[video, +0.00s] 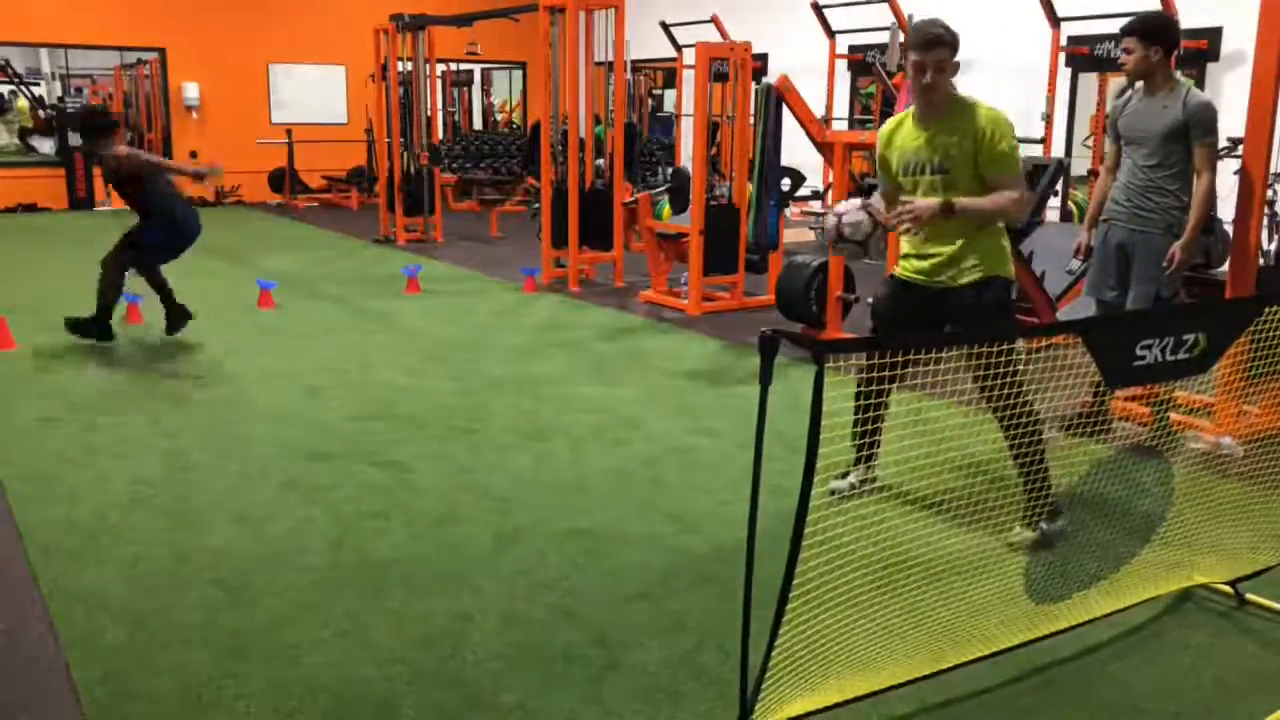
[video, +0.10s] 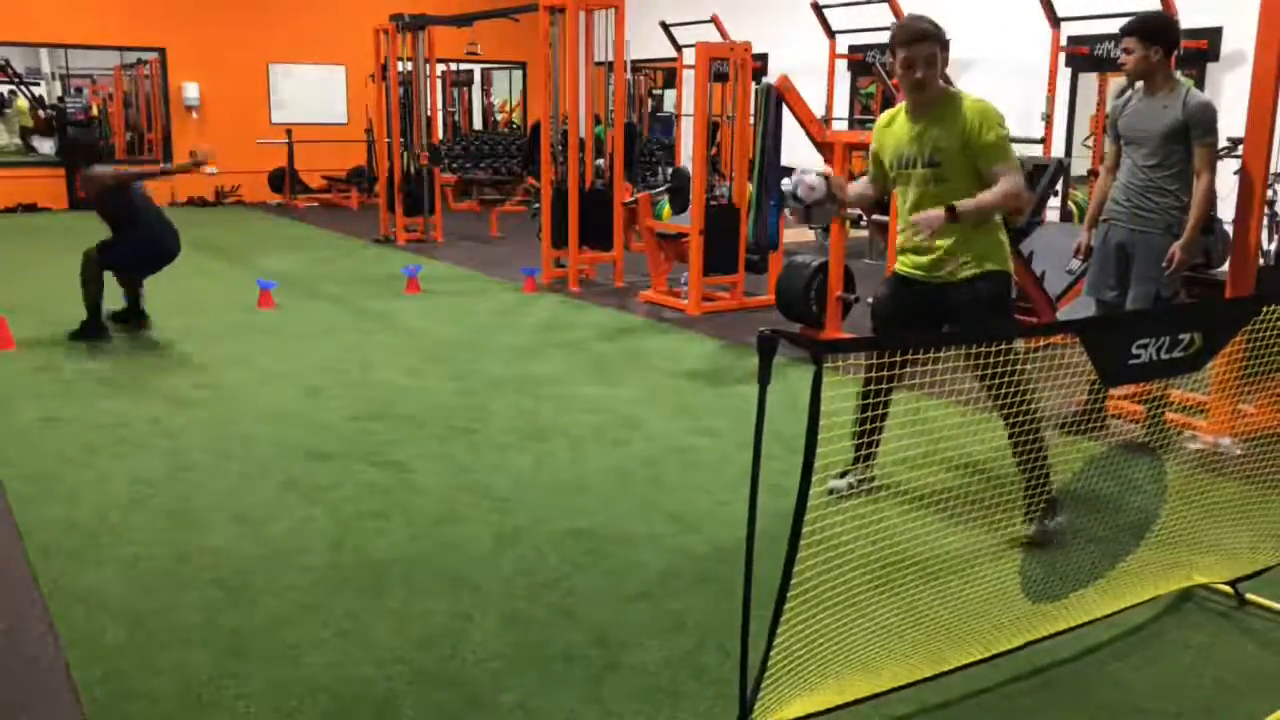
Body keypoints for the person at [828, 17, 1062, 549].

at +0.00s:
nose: (926, 79)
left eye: (936, 69)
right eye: (917, 68)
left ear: (954, 67)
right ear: (904, 67)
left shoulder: (986, 124)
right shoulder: (891, 134)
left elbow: (1017, 203)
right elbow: (890, 201)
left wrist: (946, 205)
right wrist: (872, 215)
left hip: (978, 279)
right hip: (912, 277)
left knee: (1002, 392)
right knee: (874, 373)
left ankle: (1043, 507)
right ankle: (863, 470)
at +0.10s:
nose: (914, 75)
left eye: (925, 63)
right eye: (905, 65)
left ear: (944, 61)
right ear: (891, 66)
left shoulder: (976, 116)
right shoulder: (887, 126)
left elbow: (1014, 191)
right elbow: (878, 190)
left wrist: (951, 212)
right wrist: (840, 193)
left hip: (977, 274)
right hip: (911, 274)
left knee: (1005, 388)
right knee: (879, 368)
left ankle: (1041, 502)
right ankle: (862, 468)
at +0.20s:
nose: (912, 74)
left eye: (923, 64)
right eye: (902, 65)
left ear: (944, 63)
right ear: (892, 68)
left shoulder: (975, 114)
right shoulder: (888, 122)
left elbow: (1026, 179)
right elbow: (863, 170)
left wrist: (986, 230)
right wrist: (809, 160)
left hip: (981, 274)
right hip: (914, 273)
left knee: (1011, 386)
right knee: (882, 370)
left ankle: (1048, 502)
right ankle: (864, 468)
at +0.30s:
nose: (925, 79)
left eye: (934, 68)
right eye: (914, 70)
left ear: (951, 64)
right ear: (900, 71)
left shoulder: (983, 118)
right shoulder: (895, 122)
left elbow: (1045, 171)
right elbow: (862, 159)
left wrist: (1050, 233)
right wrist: (810, 129)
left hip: (990, 273)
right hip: (922, 273)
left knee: (1017, 386)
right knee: (887, 367)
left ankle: (1055, 505)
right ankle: (864, 468)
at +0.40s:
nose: (944, 84)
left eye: (953, 73)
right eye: (933, 74)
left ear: (970, 69)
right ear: (918, 74)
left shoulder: (1005, 125)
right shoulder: (907, 127)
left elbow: (1074, 171)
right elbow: (858, 162)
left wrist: (1102, 228)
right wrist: (813, 120)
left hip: (1005, 281)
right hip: (933, 279)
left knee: (1026, 391)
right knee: (889, 366)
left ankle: (1056, 505)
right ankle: (864, 469)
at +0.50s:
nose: (975, 90)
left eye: (984, 79)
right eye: (964, 80)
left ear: (996, 77)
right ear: (945, 80)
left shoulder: (1034, 134)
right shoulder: (920, 140)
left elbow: (1093, 179)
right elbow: (868, 193)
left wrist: (1131, 218)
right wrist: (827, 155)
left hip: (1022, 287)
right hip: (946, 289)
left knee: (1038, 391)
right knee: (898, 374)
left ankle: (1058, 508)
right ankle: (865, 469)